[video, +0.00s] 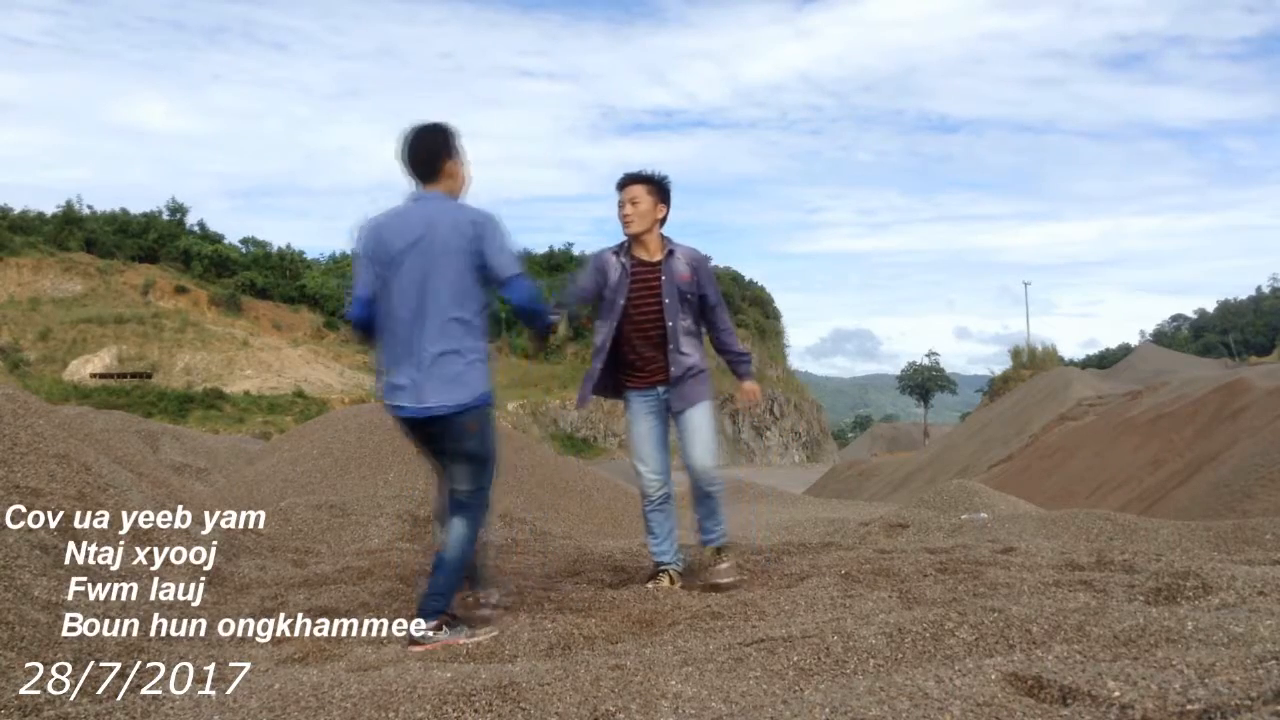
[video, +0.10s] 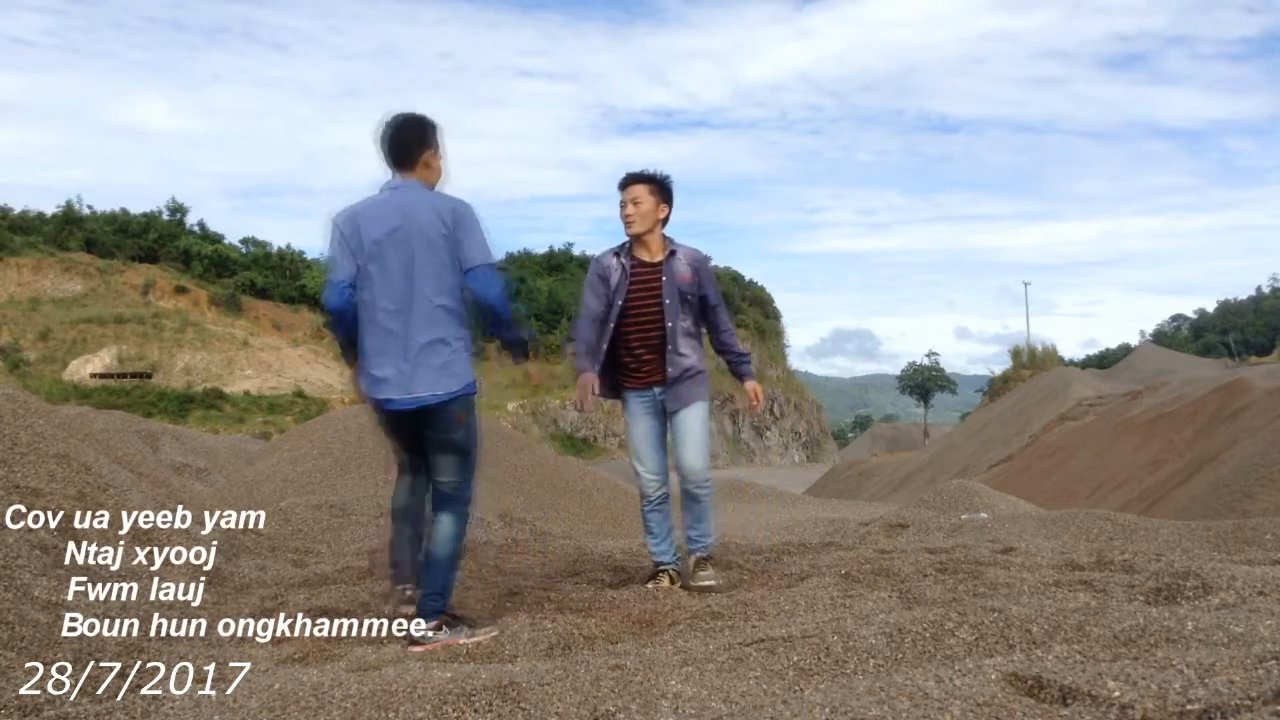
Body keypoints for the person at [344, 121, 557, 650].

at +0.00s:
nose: (465, 168)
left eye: (460, 159)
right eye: (461, 160)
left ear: (413, 170)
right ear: (450, 165)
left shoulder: (378, 229)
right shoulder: (474, 221)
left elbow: (360, 313)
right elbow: (519, 293)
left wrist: (397, 330)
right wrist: (545, 320)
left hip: (403, 395)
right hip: (462, 393)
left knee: (456, 481)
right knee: (467, 504)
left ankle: (473, 587)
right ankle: (431, 619)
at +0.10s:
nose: (442, 162)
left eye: (437, 153)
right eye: (439, 153)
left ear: (390, 159)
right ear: (429, 156)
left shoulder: (352, 220)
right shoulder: (452, 211)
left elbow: (338, 301)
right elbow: (488, 293)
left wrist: (356, 354)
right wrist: (513, 339)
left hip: (385, 386)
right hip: (446, 382)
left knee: (413, 467)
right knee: (450, 496)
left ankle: (404, 577)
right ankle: (431, 618)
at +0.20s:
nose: (419, 155)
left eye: (414, 146)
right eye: (416, 146)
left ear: (369, 153)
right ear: (405, 149)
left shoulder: (332, 213)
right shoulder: (432, 205)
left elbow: (314, 290)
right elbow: (457, 286)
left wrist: (336, 358)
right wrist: (476, 344)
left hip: (365, 380)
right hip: (426, 378)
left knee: (373, 478)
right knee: (440, 495)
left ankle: (334, 572)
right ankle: (432, 615)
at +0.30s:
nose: (397, 160)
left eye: (393, 150)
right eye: (394, 151)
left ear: (344, 159)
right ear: (381, 154)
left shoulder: (305, 217)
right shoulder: (403, 209)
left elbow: (286, 285)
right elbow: (421, 289)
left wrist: (297, 355)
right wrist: (432, 369)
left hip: (336, 394)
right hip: (399, 391)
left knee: (324, 503)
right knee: (436, 498)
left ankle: (262, 614)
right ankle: (430, 618)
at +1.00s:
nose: (402, 140)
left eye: (398, 129)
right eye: (395, 128)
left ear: (350, 135)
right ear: (375, 131)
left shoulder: (318, 197)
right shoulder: (362, 182)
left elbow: (293, 284)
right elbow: (366, 276)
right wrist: (406, 348)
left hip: (314, 384)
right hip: (353, 377)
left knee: (303, 502)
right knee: (388, 498)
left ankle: (251, 625)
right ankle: (351, 633)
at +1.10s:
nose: (419, 142)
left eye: (416, 130)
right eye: (415, 130)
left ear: (369, 133)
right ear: (397, 130)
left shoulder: (343, 189)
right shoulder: (372, 184)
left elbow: (355, 291)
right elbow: (379, 273)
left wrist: (411, 329)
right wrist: (451, 315)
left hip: (336, 379)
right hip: (367, 378)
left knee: (346, 502)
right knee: (391, 503)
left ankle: (267, 612)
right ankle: (350, 635)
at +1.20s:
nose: (432, 145)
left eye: (430, 133)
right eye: (429, 132)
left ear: (387, 129)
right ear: (411, 128)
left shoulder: (366, 181)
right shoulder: (379, 175)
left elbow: (407, 275)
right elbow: (406, 257)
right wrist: (489, 251)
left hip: (364, 371)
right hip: (377, 371)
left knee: (393, 488)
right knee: (390, 498)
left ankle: (306, 584)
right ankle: (349, 636)